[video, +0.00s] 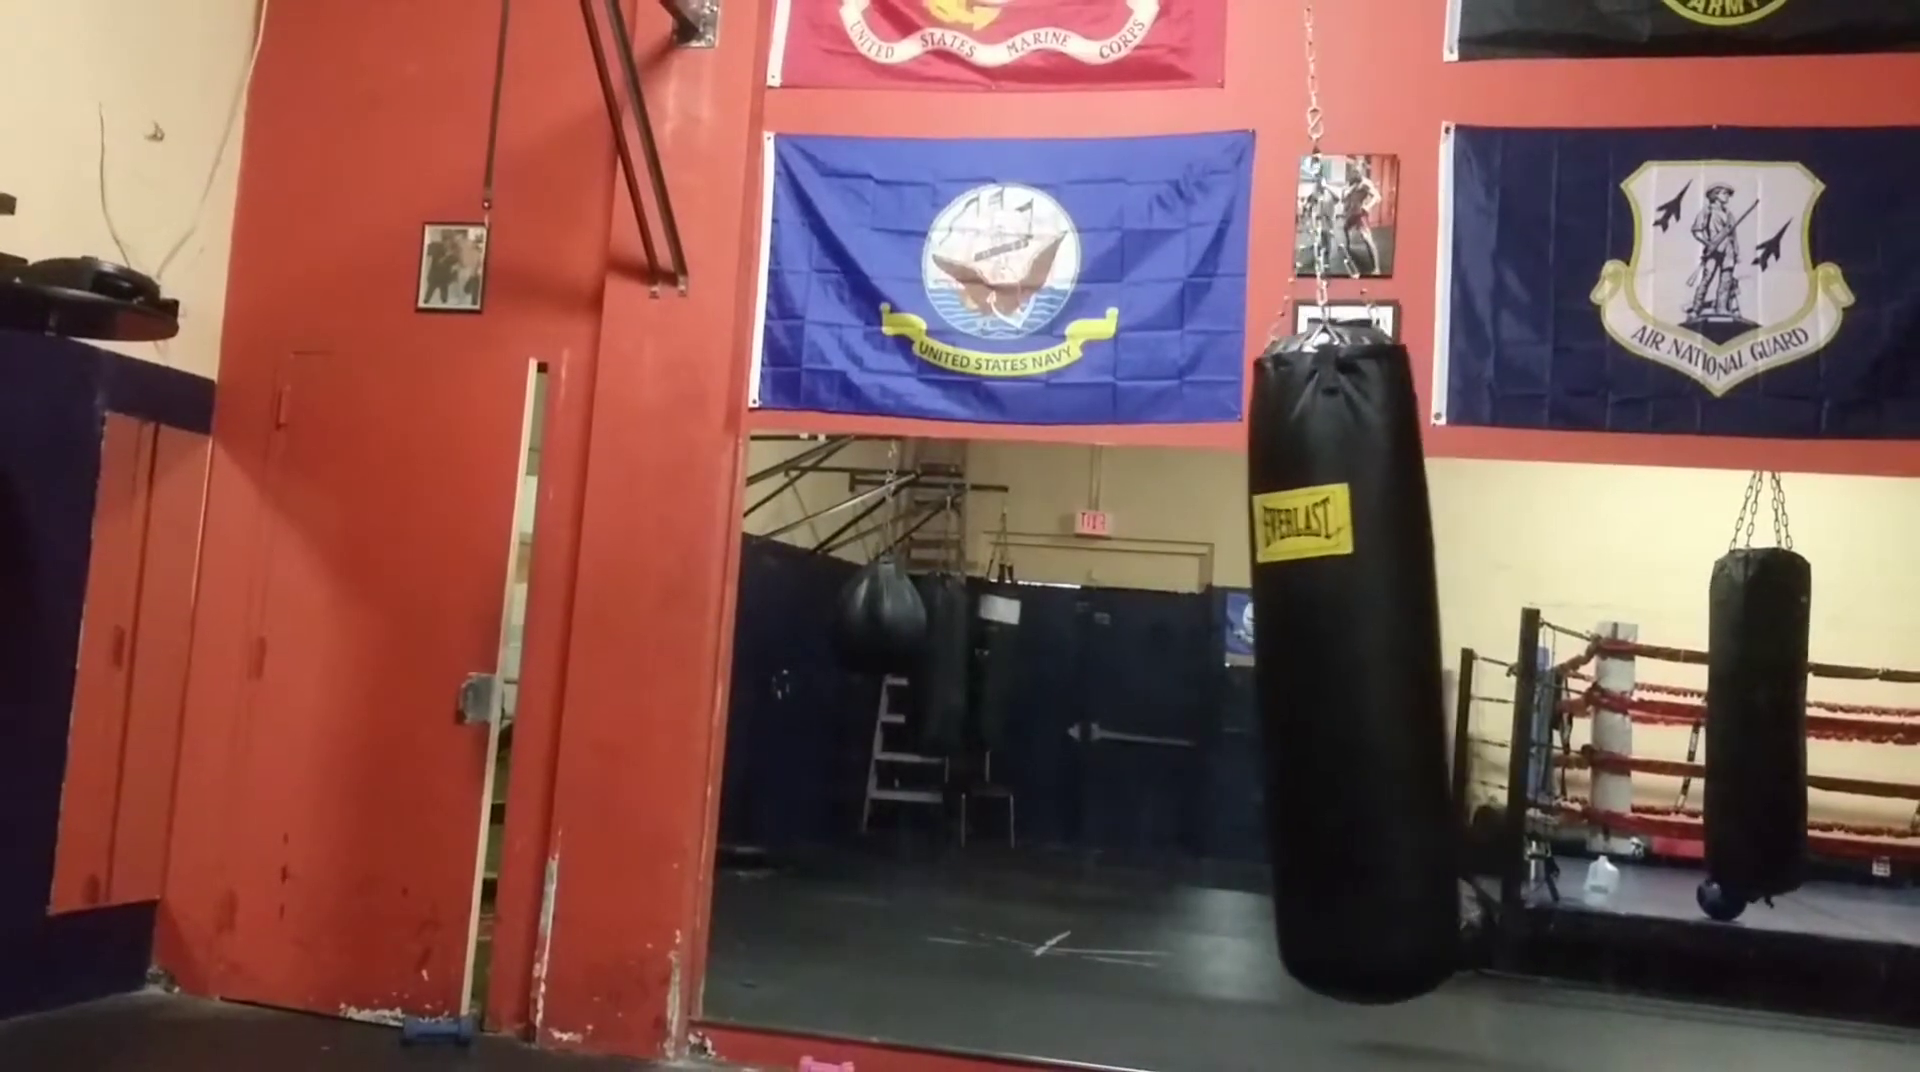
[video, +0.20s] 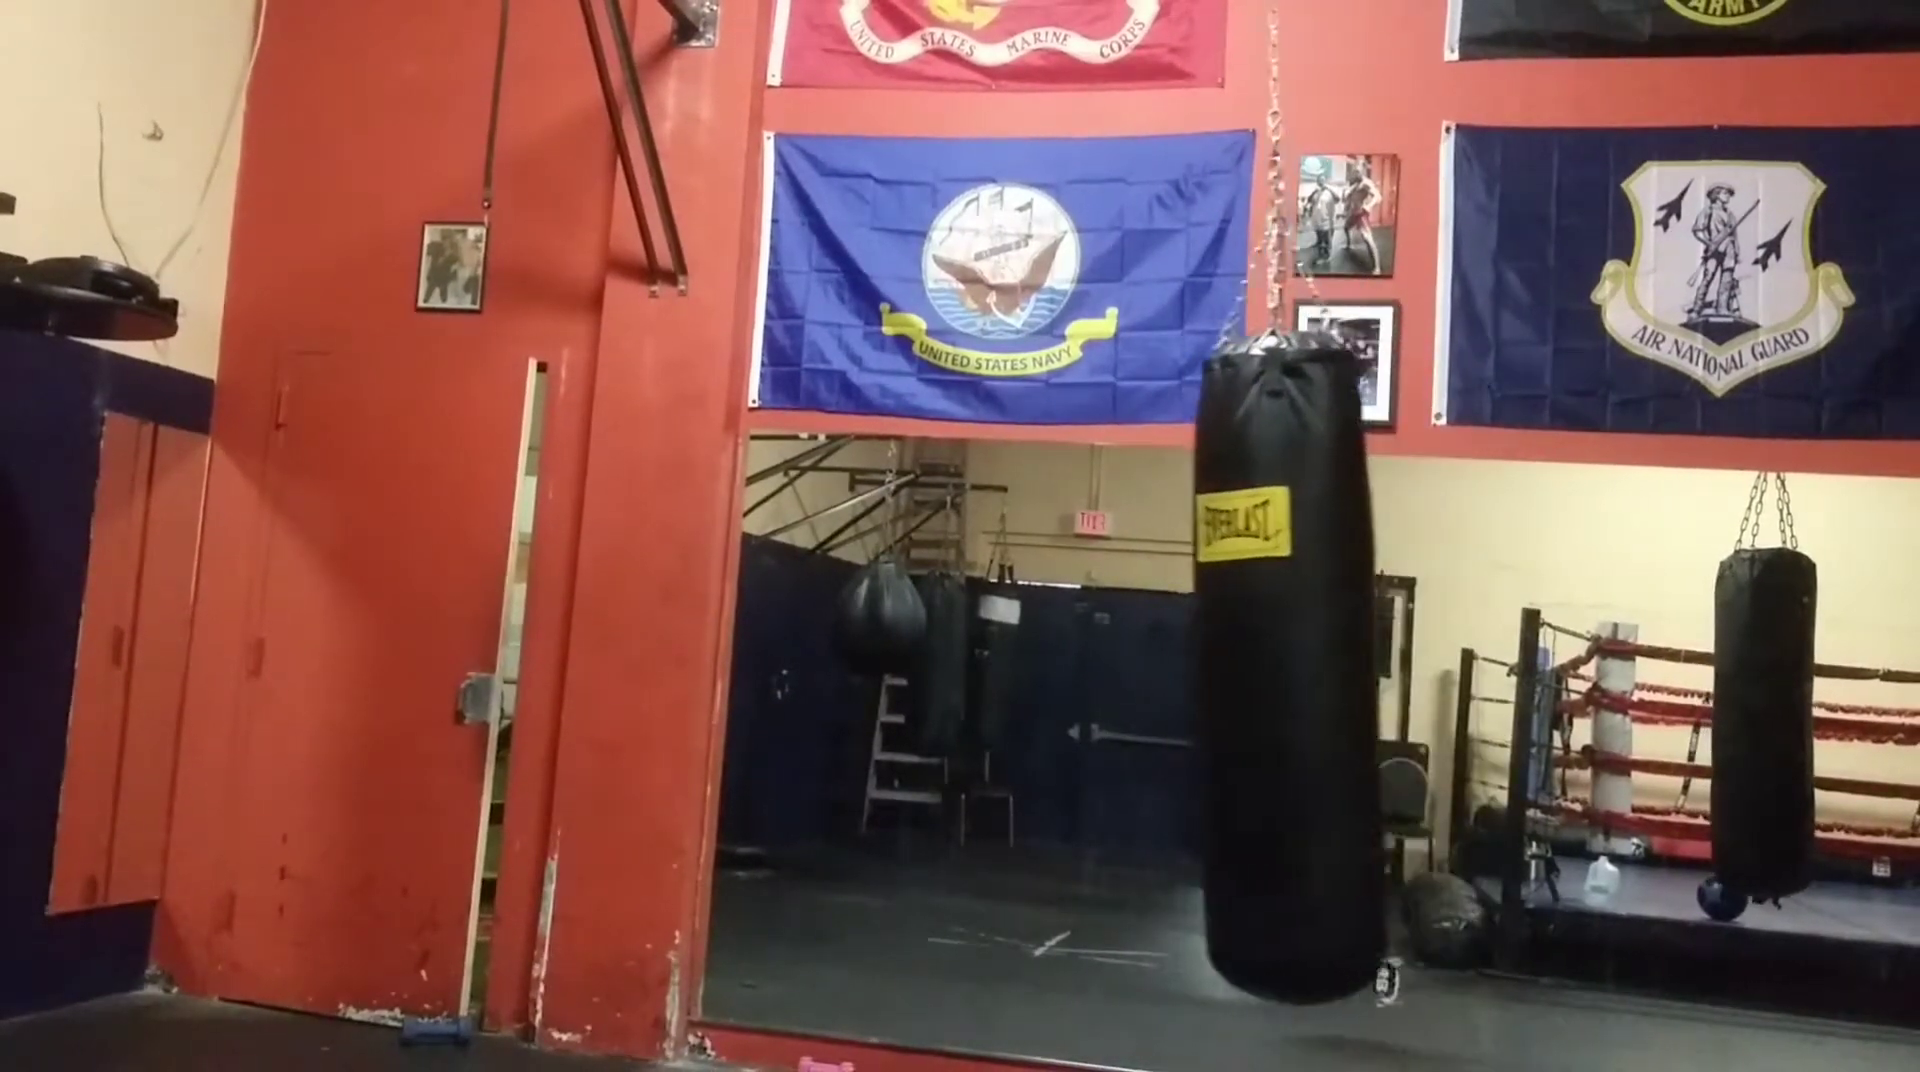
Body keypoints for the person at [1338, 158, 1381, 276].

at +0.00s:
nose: (1354, 173)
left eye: (1356, 171)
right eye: (1352, 171)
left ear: (1360, 172)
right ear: (1349, 172)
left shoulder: (1365, 183)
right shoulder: (1348, 185)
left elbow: (1376, 196)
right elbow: (1343, 198)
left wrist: (1367, 207)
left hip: (1360, 214)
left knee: (1367, 238)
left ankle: (1376, 268)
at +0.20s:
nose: (1352, 174)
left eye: (1354, 171)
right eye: (1351, 171)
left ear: (1359, 172)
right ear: (1350, 173)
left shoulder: (1365, 183)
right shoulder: (1352, 185)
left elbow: (1377, 196)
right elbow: (1346, 199)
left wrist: (1368, 207)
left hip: (1361, 212)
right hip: (1352, 213)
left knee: (1366, 237)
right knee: (1346, 228)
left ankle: (1376, 267)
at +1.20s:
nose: (1353, 175)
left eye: (1355, 172)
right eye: (1352, 172)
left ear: (1359, 173)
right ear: (1351, 174)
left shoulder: (1365, 183)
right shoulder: (1351, 186)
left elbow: (1376, 196)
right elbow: (1345, 199)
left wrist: (1367, 207)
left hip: (1361, 212)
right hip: (1351, 213)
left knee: (1366, 237)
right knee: (1345, 228)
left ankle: (1376, 267)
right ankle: (1348, 245)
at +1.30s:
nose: (1353, 174)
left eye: (1356, 171)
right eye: (1352, 172)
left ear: (1360, 172)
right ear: (1351, 173)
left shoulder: (1365, 182)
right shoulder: (1352, 184)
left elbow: (1377, 195)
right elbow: (1344, 197)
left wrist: (1367, 206)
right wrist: (1352, 187)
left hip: (1361, 211)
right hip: (1352, 212)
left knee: (1367, 237)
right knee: (1345, 227)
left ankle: (1376, 266)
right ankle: (1348, 244)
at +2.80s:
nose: (1352, 173)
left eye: (1355, 170)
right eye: (1351, 170)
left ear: (1359, 171)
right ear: (1351, 171)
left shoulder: (1365, 182)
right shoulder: (1351, 184)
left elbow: (1376, 195)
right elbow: (1344, 198)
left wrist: (1367, 205)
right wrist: (1344, 193)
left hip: (1361, 212)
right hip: (1351, 212)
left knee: (1366, 237)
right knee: (1345, 227)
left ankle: (1376, 266)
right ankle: (1347, 243)